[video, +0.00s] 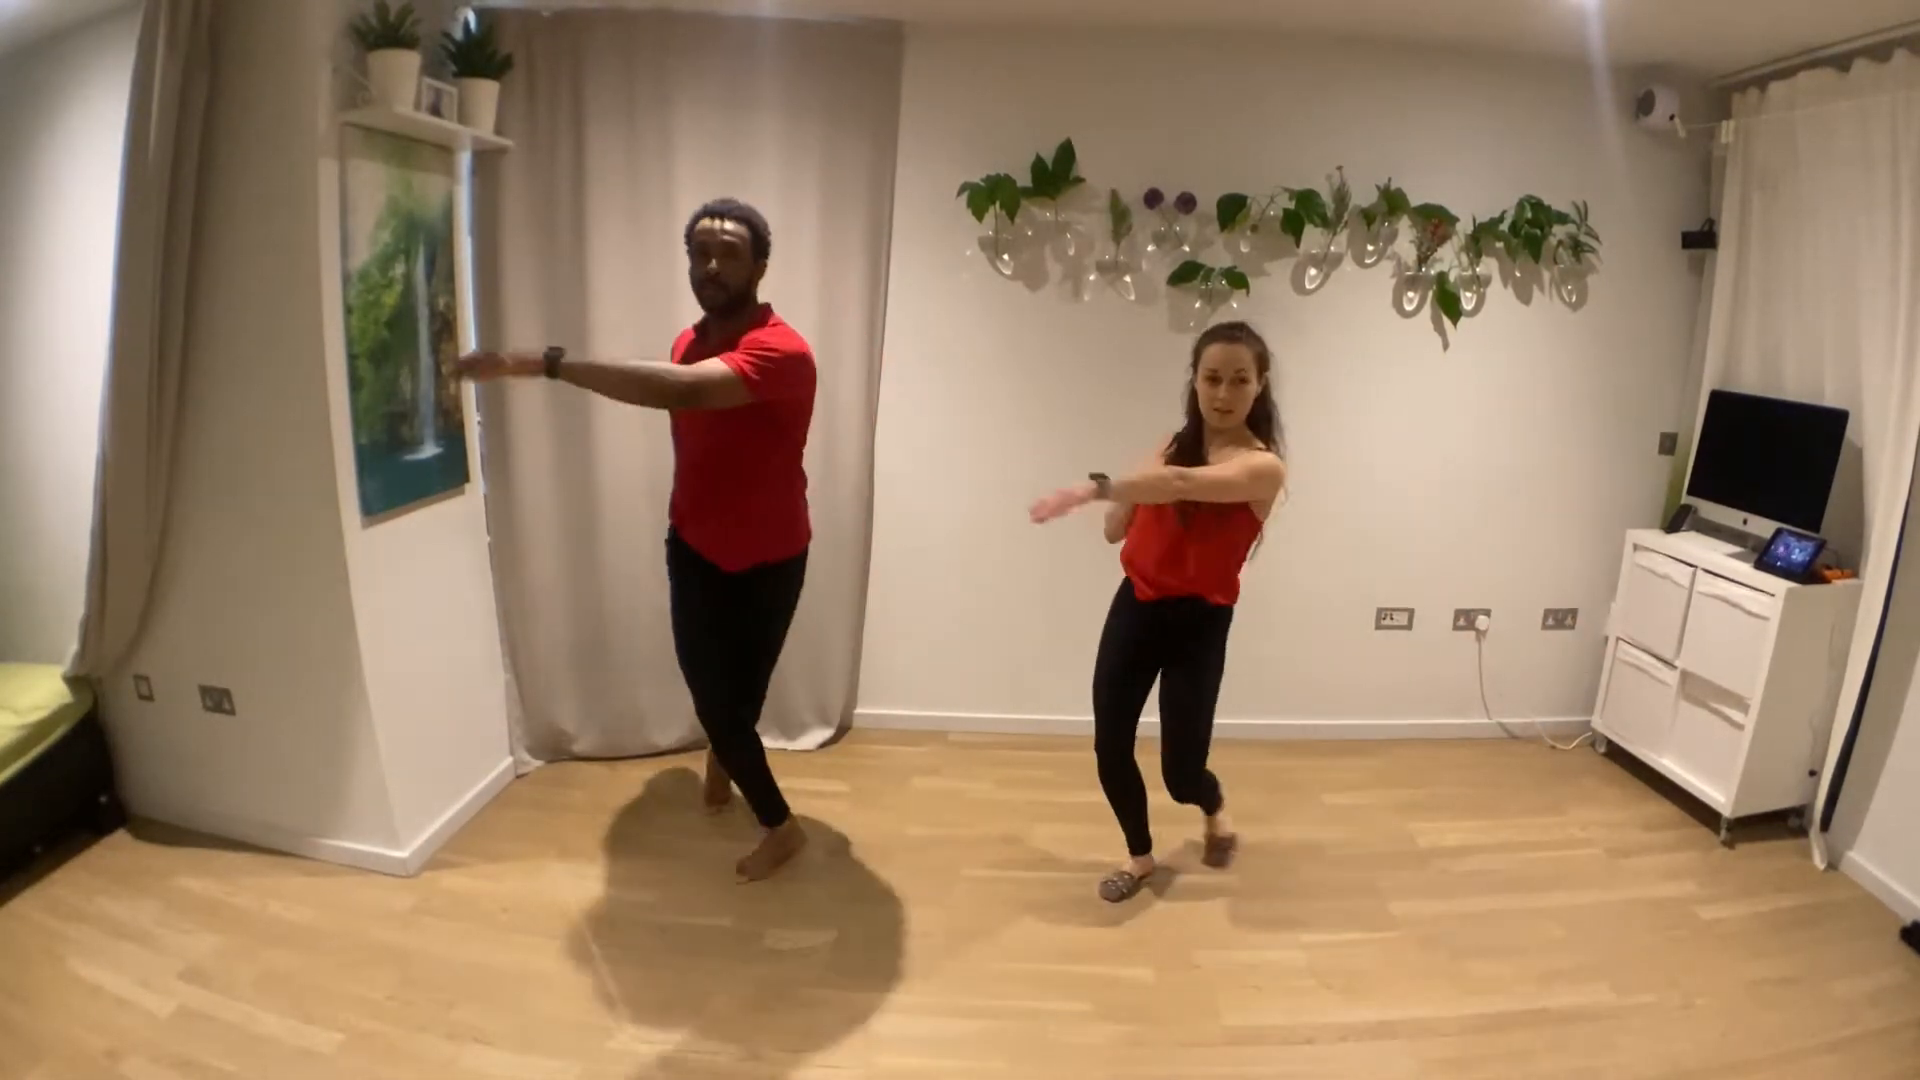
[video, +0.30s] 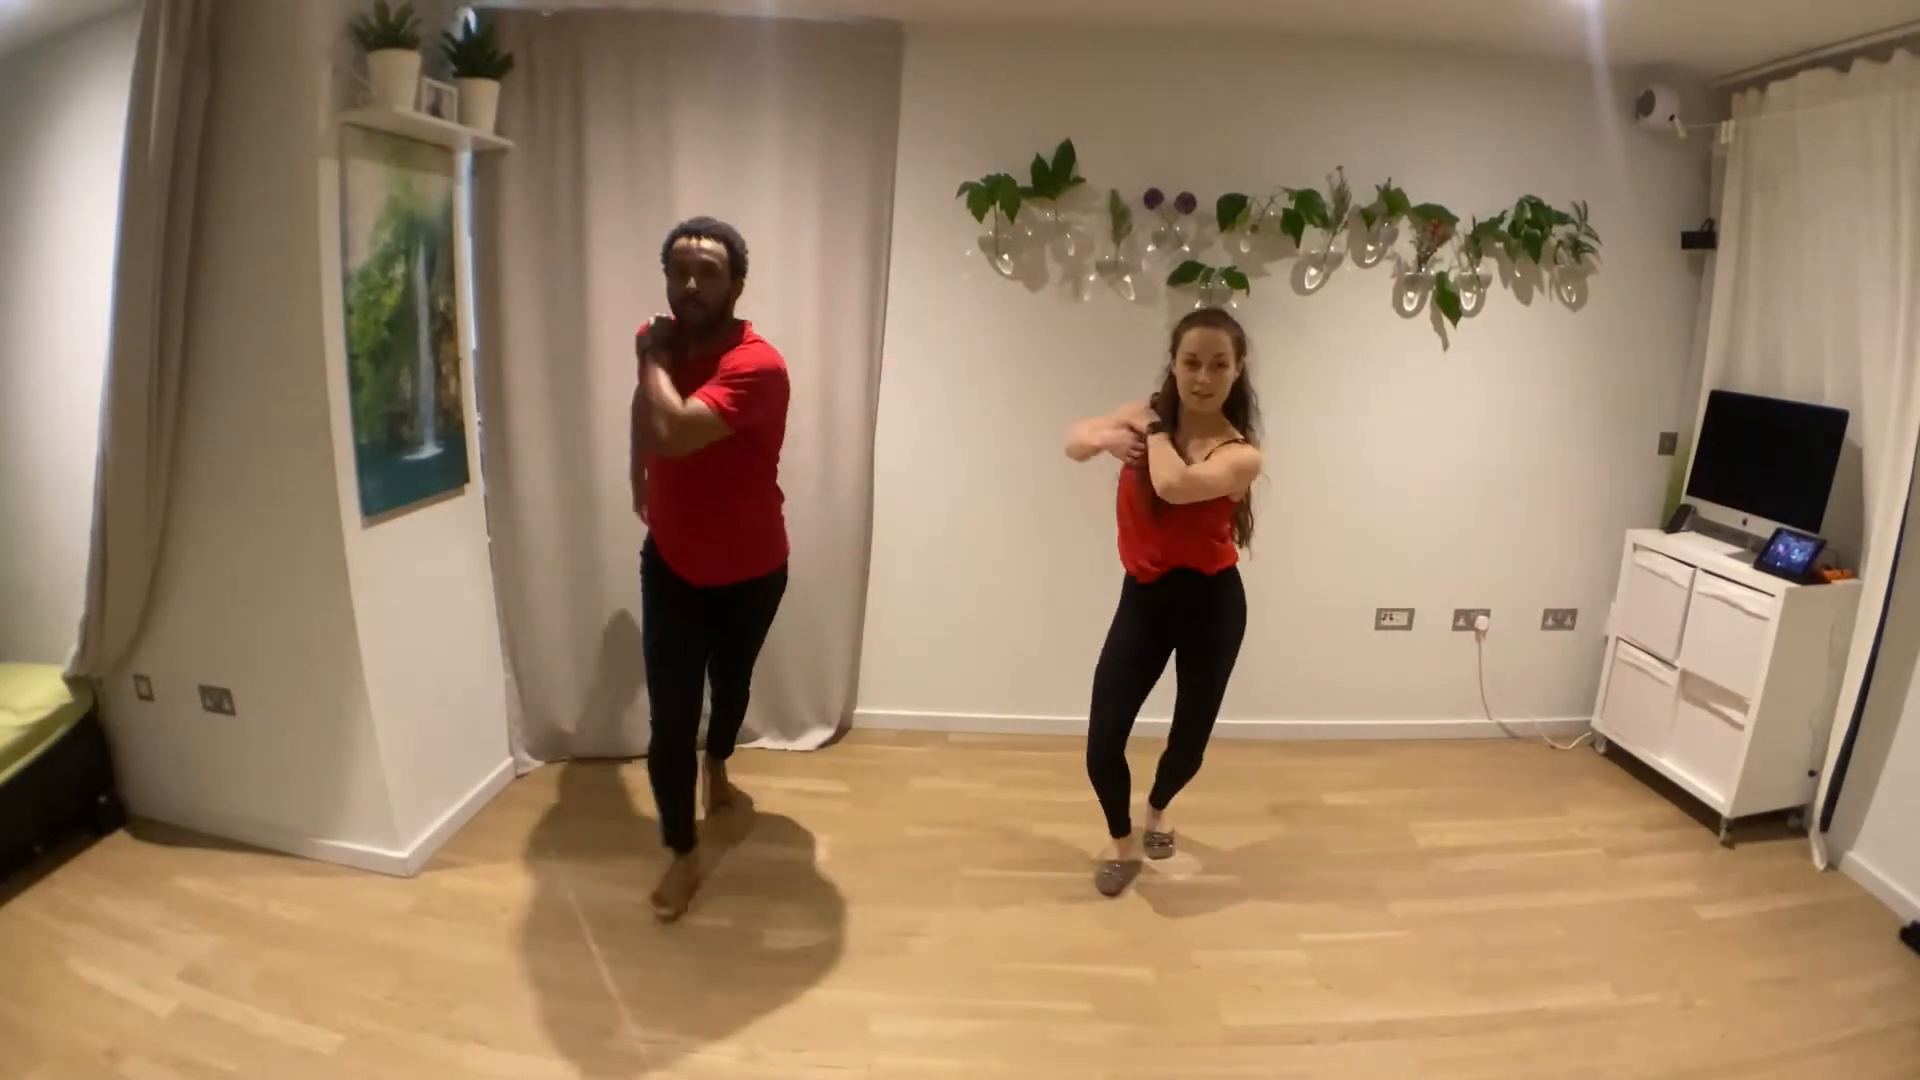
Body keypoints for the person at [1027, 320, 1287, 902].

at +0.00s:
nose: (1223, 394)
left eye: (1239, 381)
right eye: (1212, 379)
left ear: (1260, 387)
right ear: (1195, 382)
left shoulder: (1264, 468)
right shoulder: (1172, 451)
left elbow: (1185, 485)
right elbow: (1115, 531)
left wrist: (1093, 487)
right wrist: (1130, 491)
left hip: (1199, 623)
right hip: (1136, 611)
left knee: (1182, 777)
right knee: (1111, 754)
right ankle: (1141, 859)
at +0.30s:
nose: (1203, 376)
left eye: (1218, 364)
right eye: (1191, 362)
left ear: (1237, 370)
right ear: (1173, 366)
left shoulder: (1242, 456)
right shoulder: (1149, 415)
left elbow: (1174, 485)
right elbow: (1076, 442)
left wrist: (1154, 430)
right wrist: (1105, 436)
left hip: (1213, 605)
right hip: (1146, 601)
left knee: (1190, 743)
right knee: (1103, 746)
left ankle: (1154, 810)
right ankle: (1122, 841)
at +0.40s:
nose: (1199, 378)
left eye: (1214, 366)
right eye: (1188, 364)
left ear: (1233, 372)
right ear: (1169, 368)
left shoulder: (1238, 457)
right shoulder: (1144, 413)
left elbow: (1191, 520)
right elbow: (1081, 406)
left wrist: (1166, 442)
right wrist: (1075, 426)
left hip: (1212, 602)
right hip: (1148, 598)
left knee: (1190, 741)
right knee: (1122, 740)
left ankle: (1156, 809)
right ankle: (1088, 828)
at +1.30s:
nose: (1417, 357)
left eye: (1414, 351)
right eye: (1400, 356)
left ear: (1420, 377)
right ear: (1374, 383)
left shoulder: (1434, 437)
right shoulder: (1385, 443)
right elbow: (1359, 353)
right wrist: (1370, 271)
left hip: (1453, 600)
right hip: (1405, 601)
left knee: (1445, 715)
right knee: (1412, 728)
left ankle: (1395, 812)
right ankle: (1366, 764)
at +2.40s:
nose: (1418, 362)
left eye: (1435, 353)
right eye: (1414, 351)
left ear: (1474, 365)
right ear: (1410, 358)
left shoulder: (1488, 430)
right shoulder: (1401, 405)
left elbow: (1584, 460)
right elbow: (1364, 332)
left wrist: (1600, 527)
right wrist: (1336, 269)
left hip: (1436, 615)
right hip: (1368, 611)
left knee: (1436, 753)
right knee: (1350, 770)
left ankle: (1452, 834)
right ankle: (1350, 908)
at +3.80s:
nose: (1254, 375)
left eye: (1264, 359)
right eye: (1233, 363)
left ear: (1280, 364)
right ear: (1202, 375)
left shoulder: (1308, 447)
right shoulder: (1177, 441)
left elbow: (1366, 480)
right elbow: (1073, 391)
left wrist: (1412, 497)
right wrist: (1024, 315)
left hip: (1264, 640)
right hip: (1184, 634)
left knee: (1252, 802)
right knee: (1148, 792)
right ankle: (1178, 907)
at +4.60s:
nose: (1338, 401)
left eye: (1355, 391)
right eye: (1333, 385)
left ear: (1395, 399)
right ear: (1327, 379)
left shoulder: (1363, 466)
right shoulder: (1382, 450)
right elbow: (1350, 489)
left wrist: (1291, 556)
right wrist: (1309, 492)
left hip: (1370, 640)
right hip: (1387, 628)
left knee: (1270, 747)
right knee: (1315, 729)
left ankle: (1339, 864)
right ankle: (1339, 839)